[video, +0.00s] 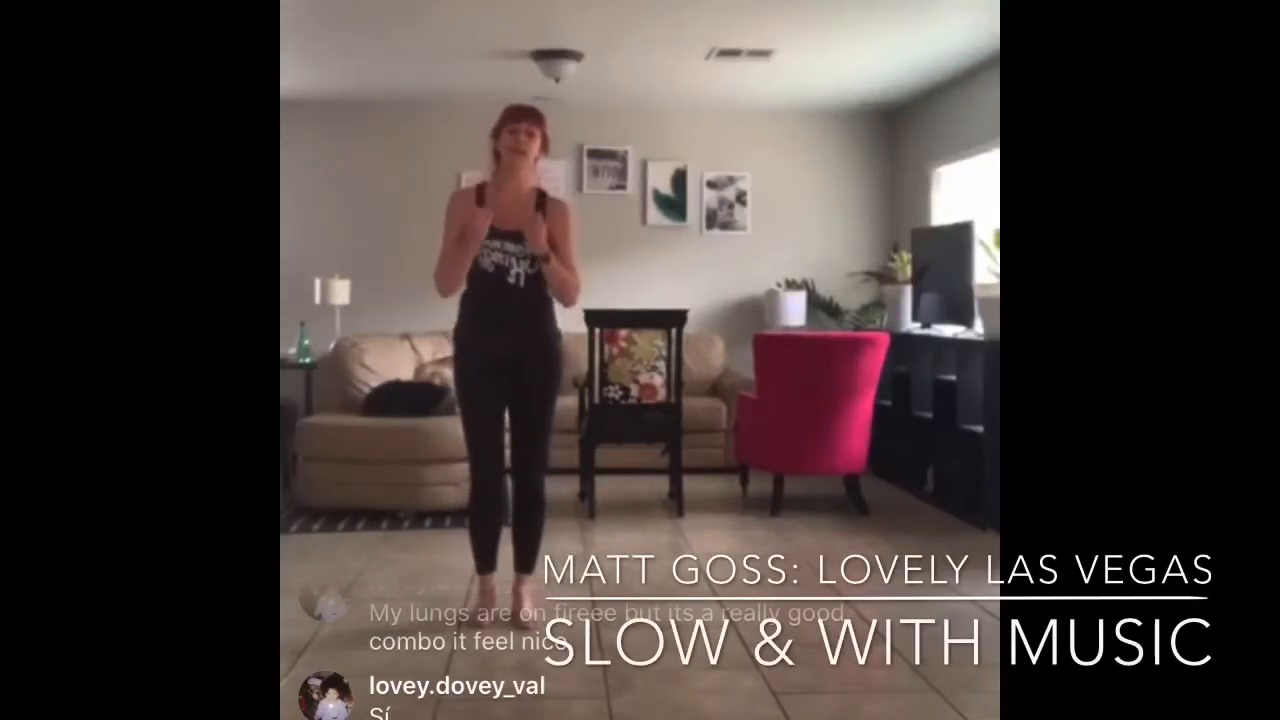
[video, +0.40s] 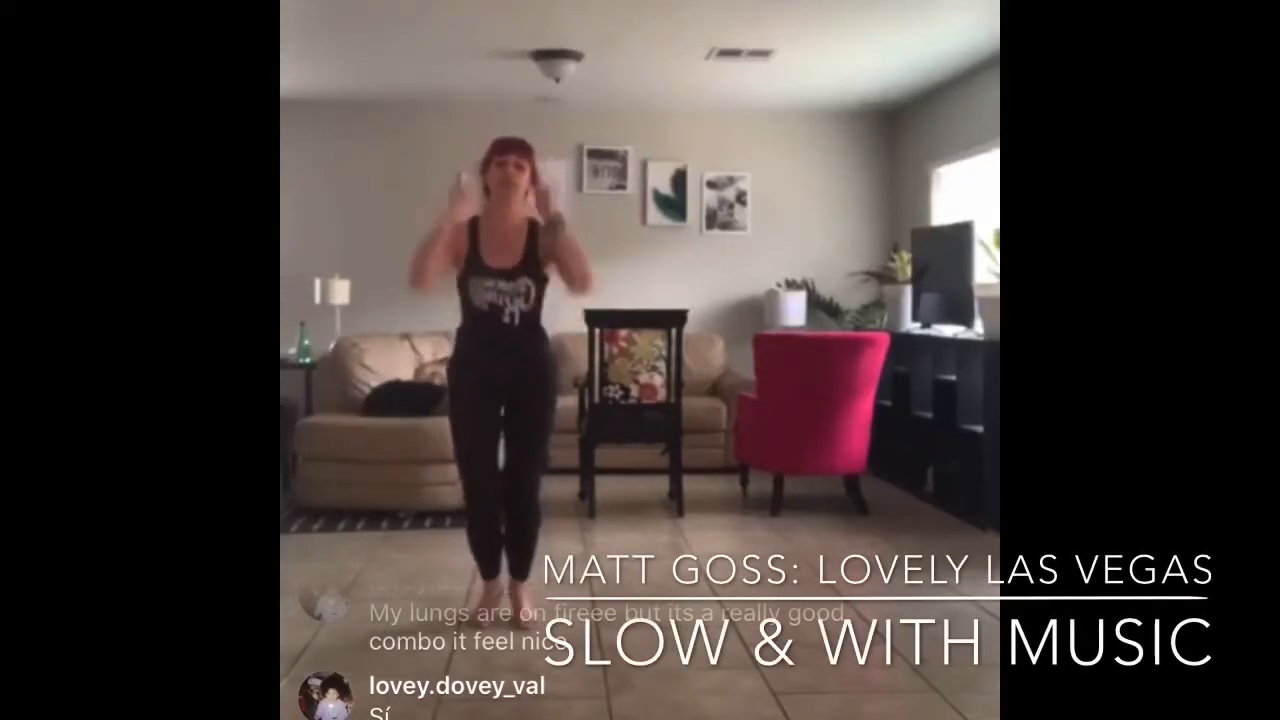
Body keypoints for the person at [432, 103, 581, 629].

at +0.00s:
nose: (519, 139)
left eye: (529, 134)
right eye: (511, 131)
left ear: (542, 149)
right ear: (495, 141)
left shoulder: (555, 209)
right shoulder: (466, 201)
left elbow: (570, 293)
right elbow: (446, 284)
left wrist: (543, 249)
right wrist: (472, 236)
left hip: (535, 347)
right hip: (479, 346)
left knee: (529, 469)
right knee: (485, 469)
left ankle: (525, 583)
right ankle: (485, 584)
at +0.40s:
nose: (507, 172)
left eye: (518, 167)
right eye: (499, 165)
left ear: (530, 181)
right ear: (484, 177)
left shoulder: (544, 232)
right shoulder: (463, 230)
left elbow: (582, 283)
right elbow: (421, 279)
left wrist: (553, 219)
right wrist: (449, 217)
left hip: (529, 367)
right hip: (474, 366)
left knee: (523, 479)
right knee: (478, 480)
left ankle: (521, 583)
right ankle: (490, 582)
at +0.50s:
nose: (509, 138)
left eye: (518, 132)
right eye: (500, 130)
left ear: (531, 145)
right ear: (484, 142)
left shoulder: (539, 200)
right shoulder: (462, 194)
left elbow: (578, 180)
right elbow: (418, 164)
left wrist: (550, 123)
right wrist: (448, 99)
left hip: (529, 347)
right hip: (471, 345)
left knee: (525, 467)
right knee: (475, 467)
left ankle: (524, 579)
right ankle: (488, 577)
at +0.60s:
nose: (506, 100)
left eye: (516, 94)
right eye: (497, 92)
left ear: (530, 106)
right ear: (479, 102)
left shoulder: (541, 158)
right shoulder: (462, 153)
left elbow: (564, 87)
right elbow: (434, 76)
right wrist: (440, 4)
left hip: (525, 306)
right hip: (466, 305)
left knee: (529, 434)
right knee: (474, 436)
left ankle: (533, 560)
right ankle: (473, 563)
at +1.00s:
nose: (491, 160)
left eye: (499, 153)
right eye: (482, 153)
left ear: (512, 166)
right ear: (463, 165)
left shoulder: (526, 217)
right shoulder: (444, 217)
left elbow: (584, 177)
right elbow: (425, 162)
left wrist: (550, 118)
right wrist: (456, 98)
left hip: (513, 362)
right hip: (455, 361)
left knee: (516, 479)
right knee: (450, 479)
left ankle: (503, 593)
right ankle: (477, 586)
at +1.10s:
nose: (473, 166)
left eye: (484, 158)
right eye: (463, 158)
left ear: (501, 167)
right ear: (449, 166)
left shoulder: (516, 223)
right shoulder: (433, 216)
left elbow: (587, 242)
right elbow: (435, 233)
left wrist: (573, 184)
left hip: (510, 370)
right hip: (451, 370)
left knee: (512, 485)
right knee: (420, 489)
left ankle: (501, 599)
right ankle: (463, 584)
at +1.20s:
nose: (468, 161)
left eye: (478, 155)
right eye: (459, 153)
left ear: (494, 167)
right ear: (441, 163)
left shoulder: (504, 221)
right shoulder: (420, 213)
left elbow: (560, 281)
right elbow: (432, 262)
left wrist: (601, 228)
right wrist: (496, 222)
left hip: (502, 364)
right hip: (442, 365)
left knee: (508, 483)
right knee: (392, 480)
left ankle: (500, 601)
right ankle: (427, 583)